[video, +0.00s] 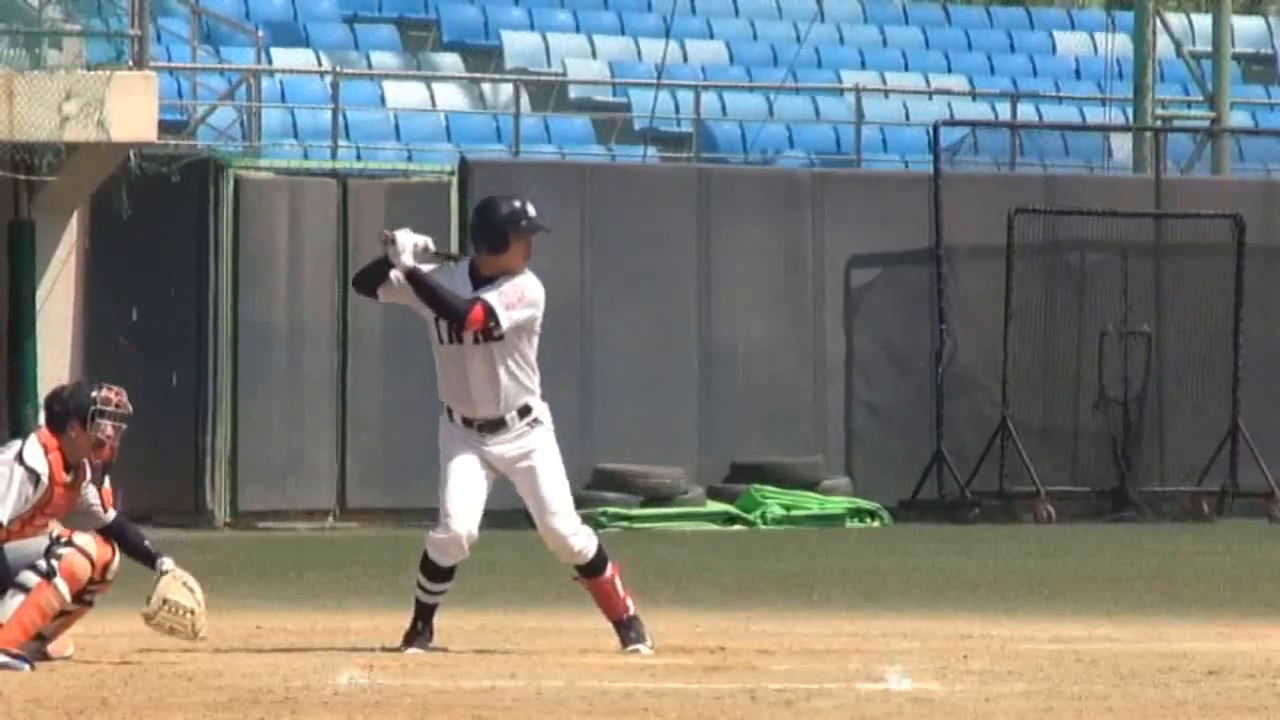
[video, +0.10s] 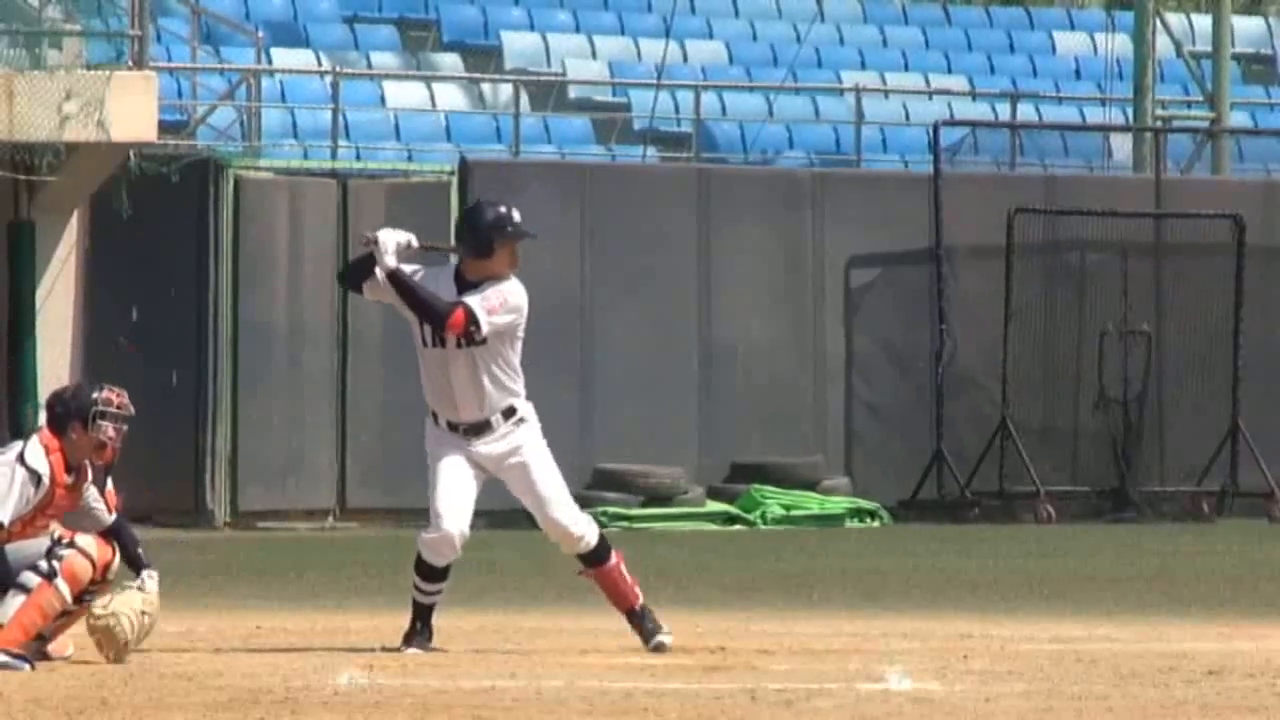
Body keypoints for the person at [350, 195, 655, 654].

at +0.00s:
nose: (530, 247)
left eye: (530, 238)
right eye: (523, 239)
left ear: (505, 244)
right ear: (498, 244)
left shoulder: (526, 290)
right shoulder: (440, 280)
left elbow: (468, 318)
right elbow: (365, 285)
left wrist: (411, 271)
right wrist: (397, 257)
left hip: (525, 430)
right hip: (462, 435)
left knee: (562, 531)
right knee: (454, 533)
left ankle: (627, 622)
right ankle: (421, 625)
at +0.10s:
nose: (517, 253)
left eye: (516, 244)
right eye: (510, 245)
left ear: (494, 247)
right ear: (483, 248)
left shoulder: (509, 293)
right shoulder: (425, 280)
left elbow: (450, 321)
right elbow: (351, 278)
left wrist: (391, 271)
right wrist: (380, 249)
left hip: (511, 431)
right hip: (450, 439)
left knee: (564, 523)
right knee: (445, 533)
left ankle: (639, 615)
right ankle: (419, 627)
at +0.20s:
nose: (511, 255)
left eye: (511, 247)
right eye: (505, 247)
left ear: (487, 251)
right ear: (479, 250)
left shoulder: (504, 297)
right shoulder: (422, 279)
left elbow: (444, 324)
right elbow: (347, 280)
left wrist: (384, 275)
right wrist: (370, 255)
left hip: (507, 434)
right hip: (447, 442)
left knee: (569, 533)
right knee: (441, 533)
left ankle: (662, 614)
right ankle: (419, 627)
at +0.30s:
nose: (512, 260)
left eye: (512, 252)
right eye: (506, 252)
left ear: (484, 254)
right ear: (481, 255)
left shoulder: (503, 300)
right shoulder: (425, 285)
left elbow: (442, 329)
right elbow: (349, 283)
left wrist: (376, 283)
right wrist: (367, 257)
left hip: (509, 439)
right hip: (449, 444)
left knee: (570, 542)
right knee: (442, 533)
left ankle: (668, 614)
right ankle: (419, 628)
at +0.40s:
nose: (518, 262)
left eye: (518, 253)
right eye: (511, 254)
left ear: (492, 257)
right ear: (486, 258)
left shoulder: (509, 302)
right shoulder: (429, 288)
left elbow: (443, 333)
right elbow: (353, 291)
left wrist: (379, 290)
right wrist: (370, 269)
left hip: (516, 442)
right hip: (457, 447)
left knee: (574, 545)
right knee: (443, 532)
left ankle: (672, 614)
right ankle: (420, 628)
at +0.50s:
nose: (524, 263)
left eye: (524, 254)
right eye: (519, 254)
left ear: (495, 258)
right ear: (494, 258)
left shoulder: (515, 304)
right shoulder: (436, 290)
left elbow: (450, 336)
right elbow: (381, 294)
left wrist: (380, 304)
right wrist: (378, 275)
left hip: (521, 444)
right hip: (463, 447)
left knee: (576, 545)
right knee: (444, 532)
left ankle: (674, 614)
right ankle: (420, 627)